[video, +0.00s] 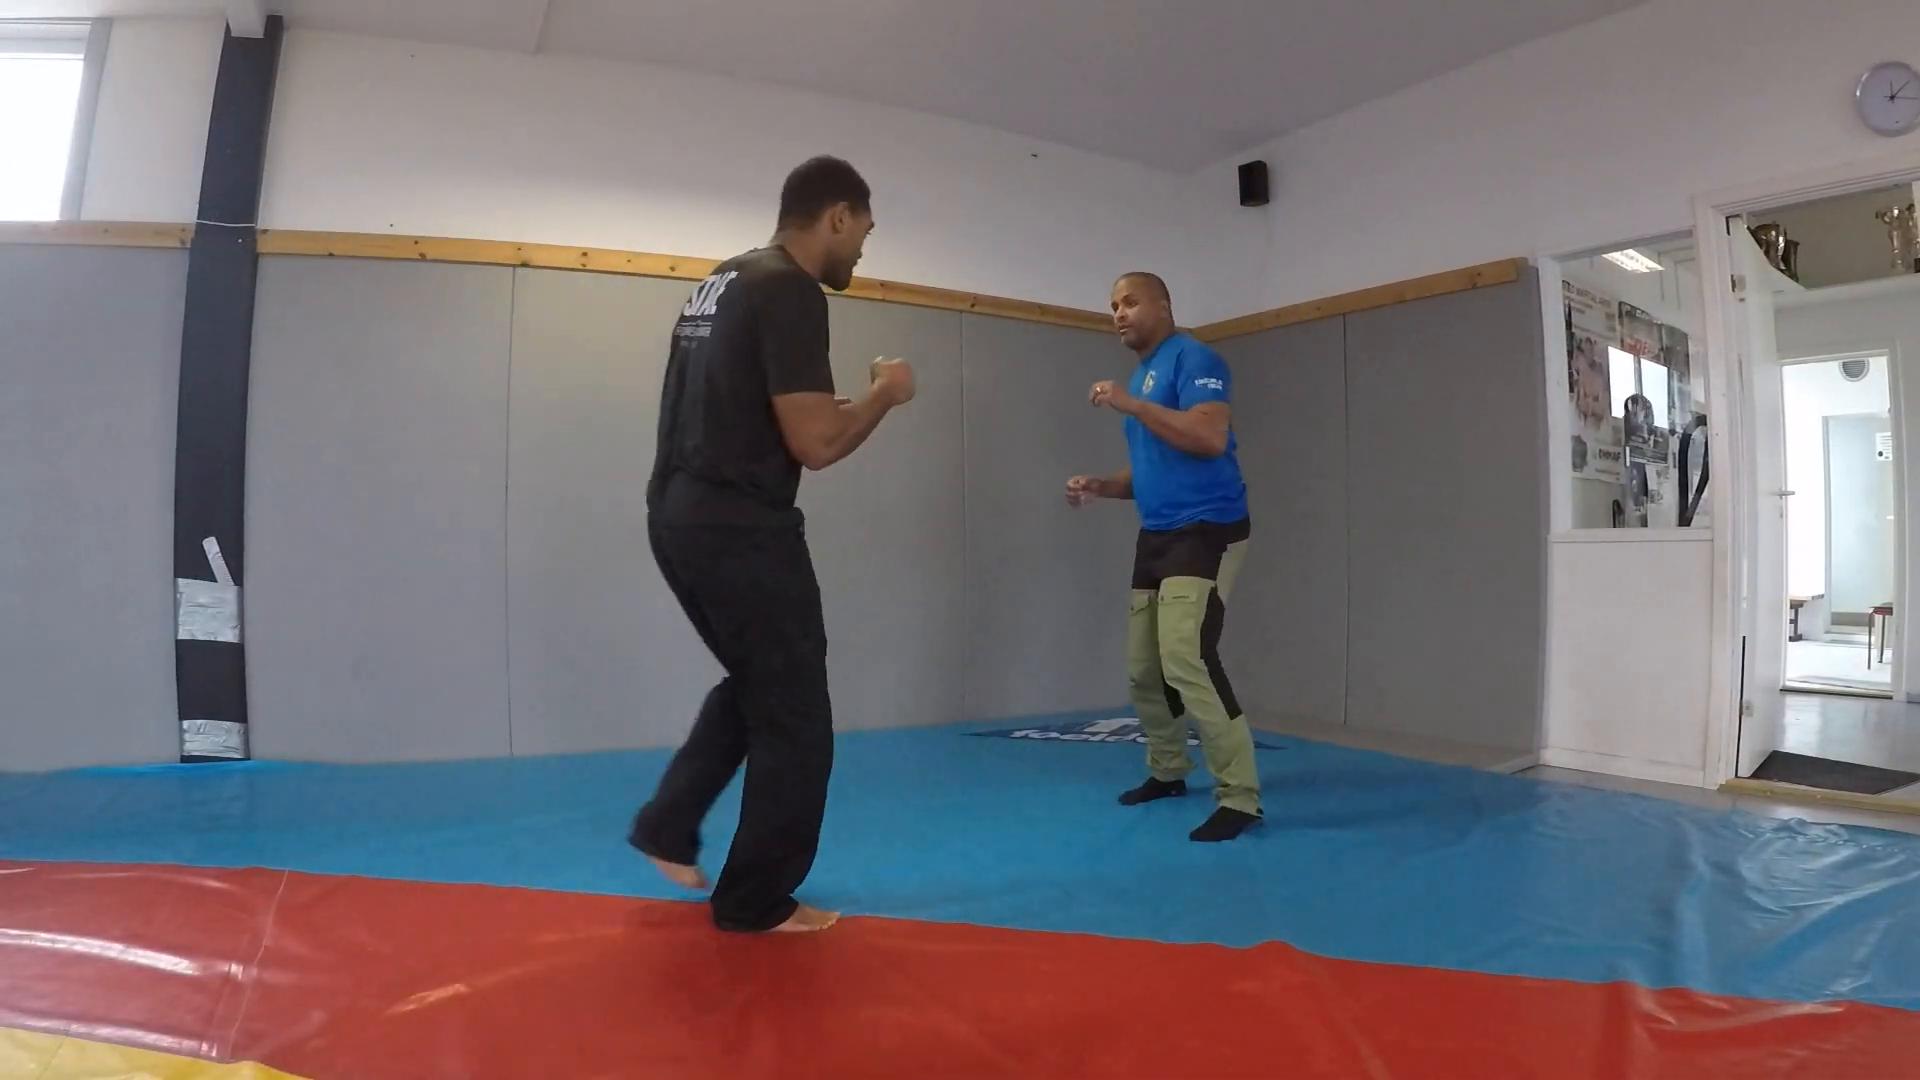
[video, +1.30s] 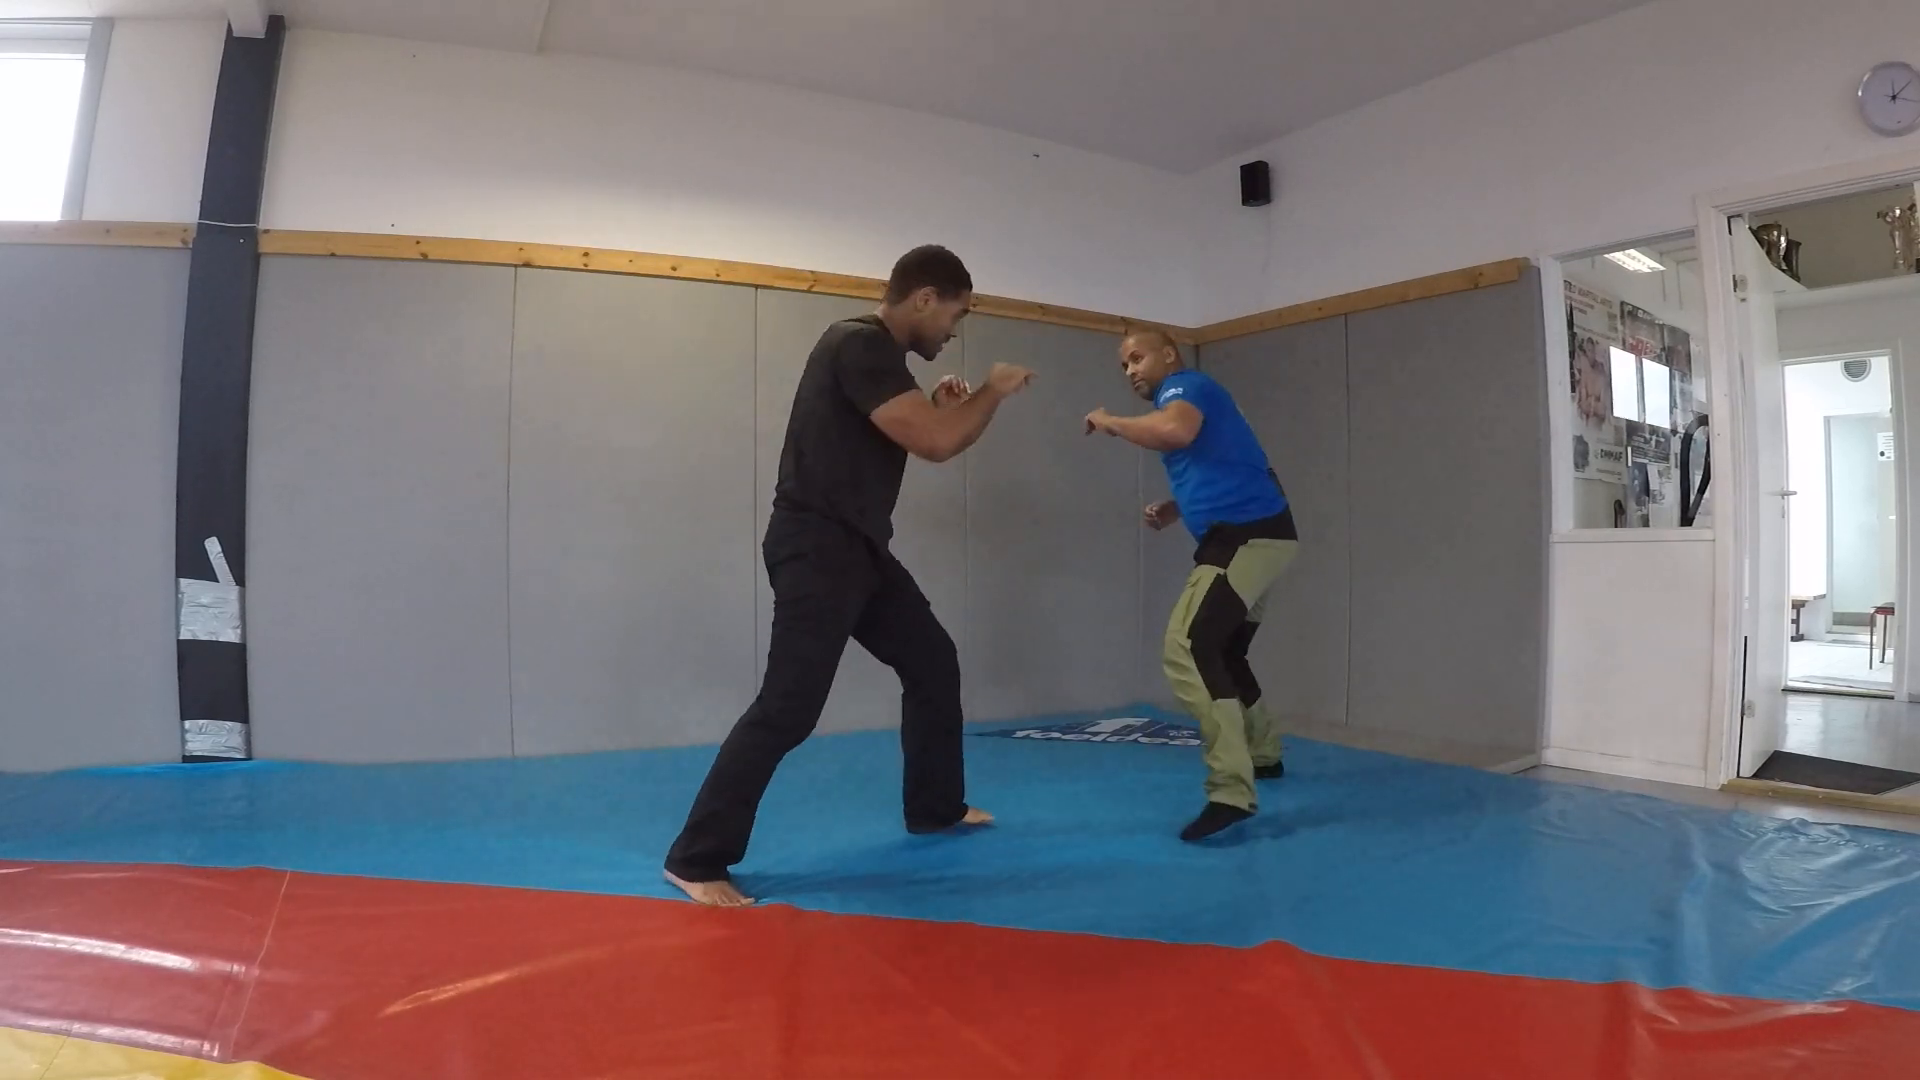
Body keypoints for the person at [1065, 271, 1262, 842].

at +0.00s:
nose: (1119, 316)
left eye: (1128, 303)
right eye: (1114, 310)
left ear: (1164, 306)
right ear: (1119, 323)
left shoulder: (1195, 359)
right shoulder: (1140, 381)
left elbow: (1211, 437)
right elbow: (1150, 474)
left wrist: (1132, 405)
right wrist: (1104, 485)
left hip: (1207, 530)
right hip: (1157, 533)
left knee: (1185, 656)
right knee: (1145, 667)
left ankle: (1240, 799)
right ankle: (1167, 774)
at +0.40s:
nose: (1154, 328)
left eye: (1165, 315)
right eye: (1151, 318)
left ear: (1202, 319)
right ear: (1165, 326)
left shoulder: (1235, 381)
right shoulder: (1180, 383)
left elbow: (1211, 476)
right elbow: (1157, 447)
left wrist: (1145, 413)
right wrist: (1117, 400)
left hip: (1260, 548)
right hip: (1211, 545)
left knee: (1209, 674)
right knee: (1164, 667)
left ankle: (1264, 817)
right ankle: (1177, 770)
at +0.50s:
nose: (1169, 329)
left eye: (1179, 316)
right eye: (1166, 319)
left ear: (1220, 317)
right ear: (1174, 325)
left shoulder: (1259, 387)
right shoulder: (1181, 376)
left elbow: (1246, 480)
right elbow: (1116, 410)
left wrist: (1179, 412)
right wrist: (1068, 355)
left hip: (1267, 546)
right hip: (1213, 544)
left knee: (1217, 671)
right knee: (1172, 663)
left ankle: (1265, 818)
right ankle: (1215, 754)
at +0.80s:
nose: (1184, 327)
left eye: (1194, 316)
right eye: (1179, 319)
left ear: (1231, 321)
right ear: (1181, 329)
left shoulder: (1271, 378)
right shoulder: (1175, 387)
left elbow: (1264, 442)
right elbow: (1138, 465)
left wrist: (1216, 368)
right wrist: (1100, 424)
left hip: (1264, 540)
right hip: (1211, 546)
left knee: (1229, 664)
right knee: (1225, 664)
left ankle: (1268, 815)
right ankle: (1255, 758)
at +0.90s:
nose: (1173, 334)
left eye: (1184, 322)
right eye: (1168, 327)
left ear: (1221, 326)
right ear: (1170, 337)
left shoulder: (1257, 374)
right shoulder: (1174, 400)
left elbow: (1231, 409)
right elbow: (1164, 484)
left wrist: (1166, 344)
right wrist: (1139, 476)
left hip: (1264, 544)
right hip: (1214, 550)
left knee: (1224, 668)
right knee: (1225, 670)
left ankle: (1267, 813)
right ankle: (1258, 759)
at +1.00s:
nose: (1161, 341)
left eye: (1170, 329)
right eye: (1157, 335)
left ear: (1208, 330)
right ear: (1166, 343)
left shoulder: (1235, 373)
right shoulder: (1181, 397)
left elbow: (1175, 393)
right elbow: (1185, 485)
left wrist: (1096, 367)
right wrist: (1163, 491)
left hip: (1265, 545)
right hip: (1222, 548)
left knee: (1224, 673)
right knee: (1211, 671)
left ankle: (1267, 813)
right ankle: (1254, 758)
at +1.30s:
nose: (1129, 369)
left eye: (1136, 357)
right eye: (1125, 364)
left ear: (1170, 355)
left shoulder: (1186, 385)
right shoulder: (1182, 401)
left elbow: (1177, 431)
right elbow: (1218, 471)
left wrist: (1114, 422)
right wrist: (1175, 507)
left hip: (1245, 533)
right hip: (1253, 533)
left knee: (1187, 648)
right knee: (1224, 651)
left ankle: (1231, 793)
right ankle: (1262, 755)